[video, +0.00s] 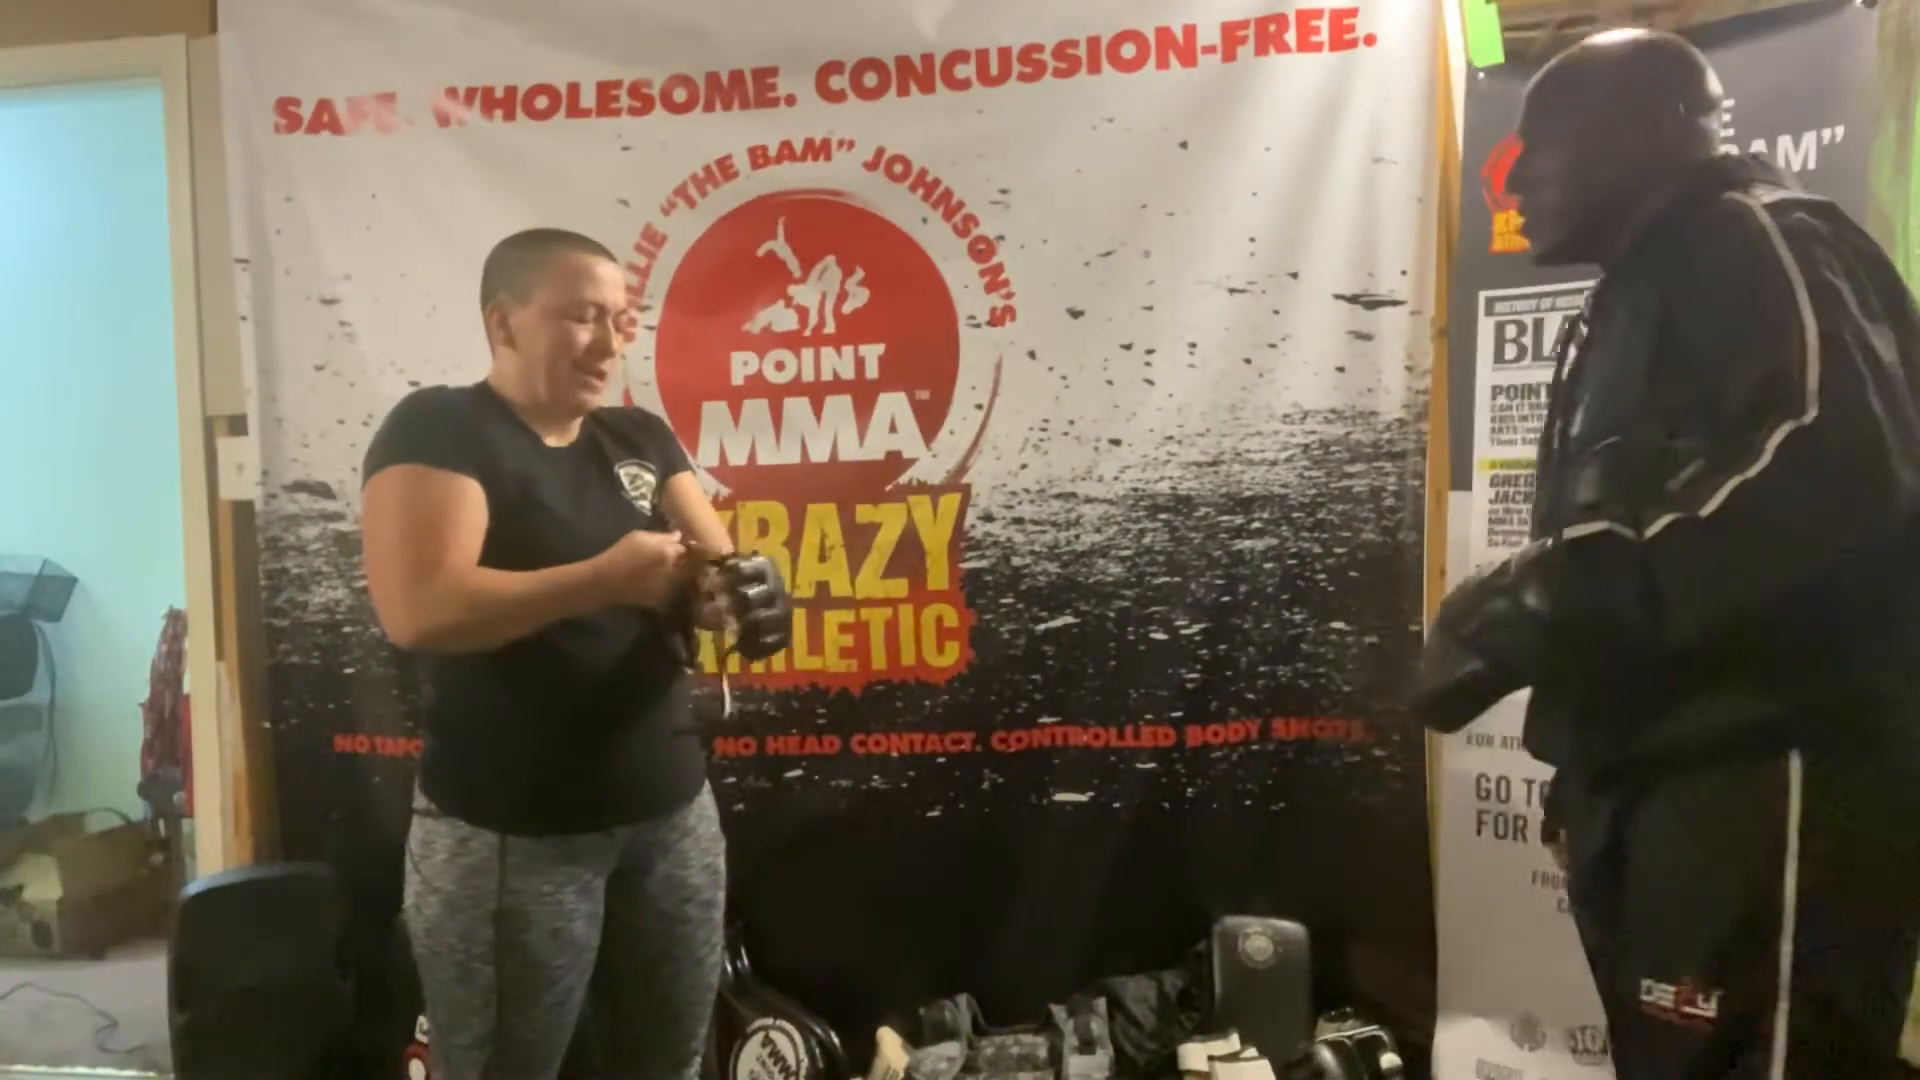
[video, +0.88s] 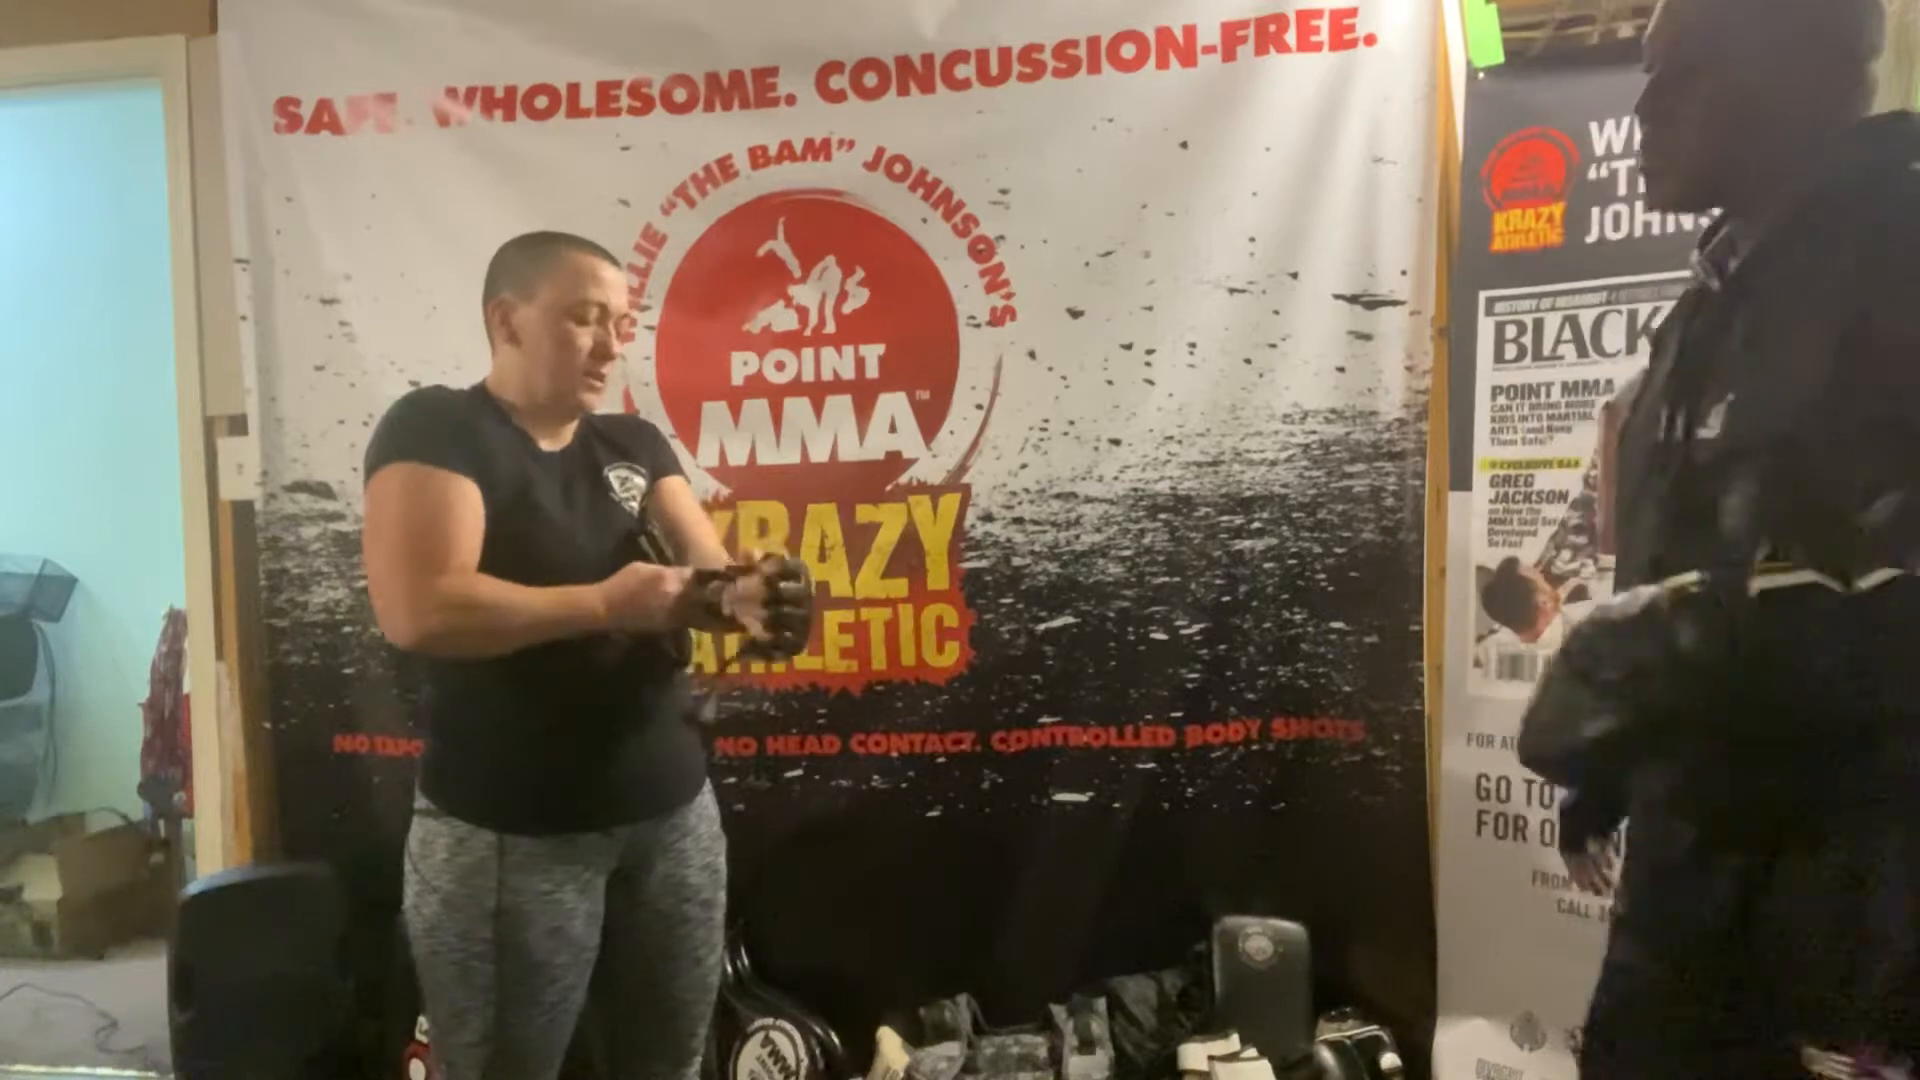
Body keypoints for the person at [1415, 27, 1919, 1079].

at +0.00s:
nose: (1511, 169)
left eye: (1539, 139)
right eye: (1518, 142)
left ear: (1637, 136)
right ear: (1621, 148)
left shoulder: (1755, 233)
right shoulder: (1624, 303)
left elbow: (1838, 464)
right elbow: (1610, 529)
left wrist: (1547, 602)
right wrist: (1582, 769)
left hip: (1777, 787)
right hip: (1672, 789)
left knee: (1769, 1057)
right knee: (1679, 1055)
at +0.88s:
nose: (1638, 108)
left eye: (1667, 73)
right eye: (1648, 78)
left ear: (1774, 63)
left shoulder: (1891, 217)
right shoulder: (1701, 311)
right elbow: (1670, 581)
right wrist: (1610, 744)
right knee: (1643, 1052)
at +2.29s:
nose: (1504, 133)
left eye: (1536, 98)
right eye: (1506, 111)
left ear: (1640, 112)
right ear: (1512, 160)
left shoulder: (1756, 230)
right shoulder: (1524, 337)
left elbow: (1883, 447)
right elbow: (1495, 590)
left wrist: (1579, 589)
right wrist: (1412, 763)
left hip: (1761, 767)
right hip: (1582, 781)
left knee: (1758, 1049)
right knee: (1593, 1047)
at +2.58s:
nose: (1496, 119)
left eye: (1532, 92)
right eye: (1488, 103)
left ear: (1631, 115)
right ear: (1479, 151)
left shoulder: (1734, 233)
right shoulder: (1494, 351)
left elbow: (1887, 432)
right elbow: (1487, 602)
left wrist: (1628, 568)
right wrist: (1418, 789)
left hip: (1750, 773)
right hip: (1559, 793)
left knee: (1769, 1056)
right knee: (1575, 1054)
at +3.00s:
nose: (1600, 111)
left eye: (1635, 76)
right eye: (1586, 81)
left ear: (1730, 90)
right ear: (1564, 111)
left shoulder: (1853, 250)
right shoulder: (1560, 332)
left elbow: (1882, 572)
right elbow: (1500, 582)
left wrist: (1580, 614)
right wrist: (1411, 748)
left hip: (1794, 841)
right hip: (1580, 844)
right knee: (1584, 1051)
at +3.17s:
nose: (1629, 69)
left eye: (1676, 35)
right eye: (1622, 47)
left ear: (1805, 51)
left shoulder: (1884, 227)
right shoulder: (1613, 300)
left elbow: (1894, 572)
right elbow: (1543, 564)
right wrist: (1447, 732)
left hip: (1823, 842)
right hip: (1617, 839)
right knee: (1592, 1058)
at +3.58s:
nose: (1659, 44)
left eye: (1705, 11)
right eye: (1669, 18)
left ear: (1827, 32)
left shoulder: (1896, 227)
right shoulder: (1679, 289)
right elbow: (1623, 565)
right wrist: (1593, 787)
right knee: (1641, 1055)